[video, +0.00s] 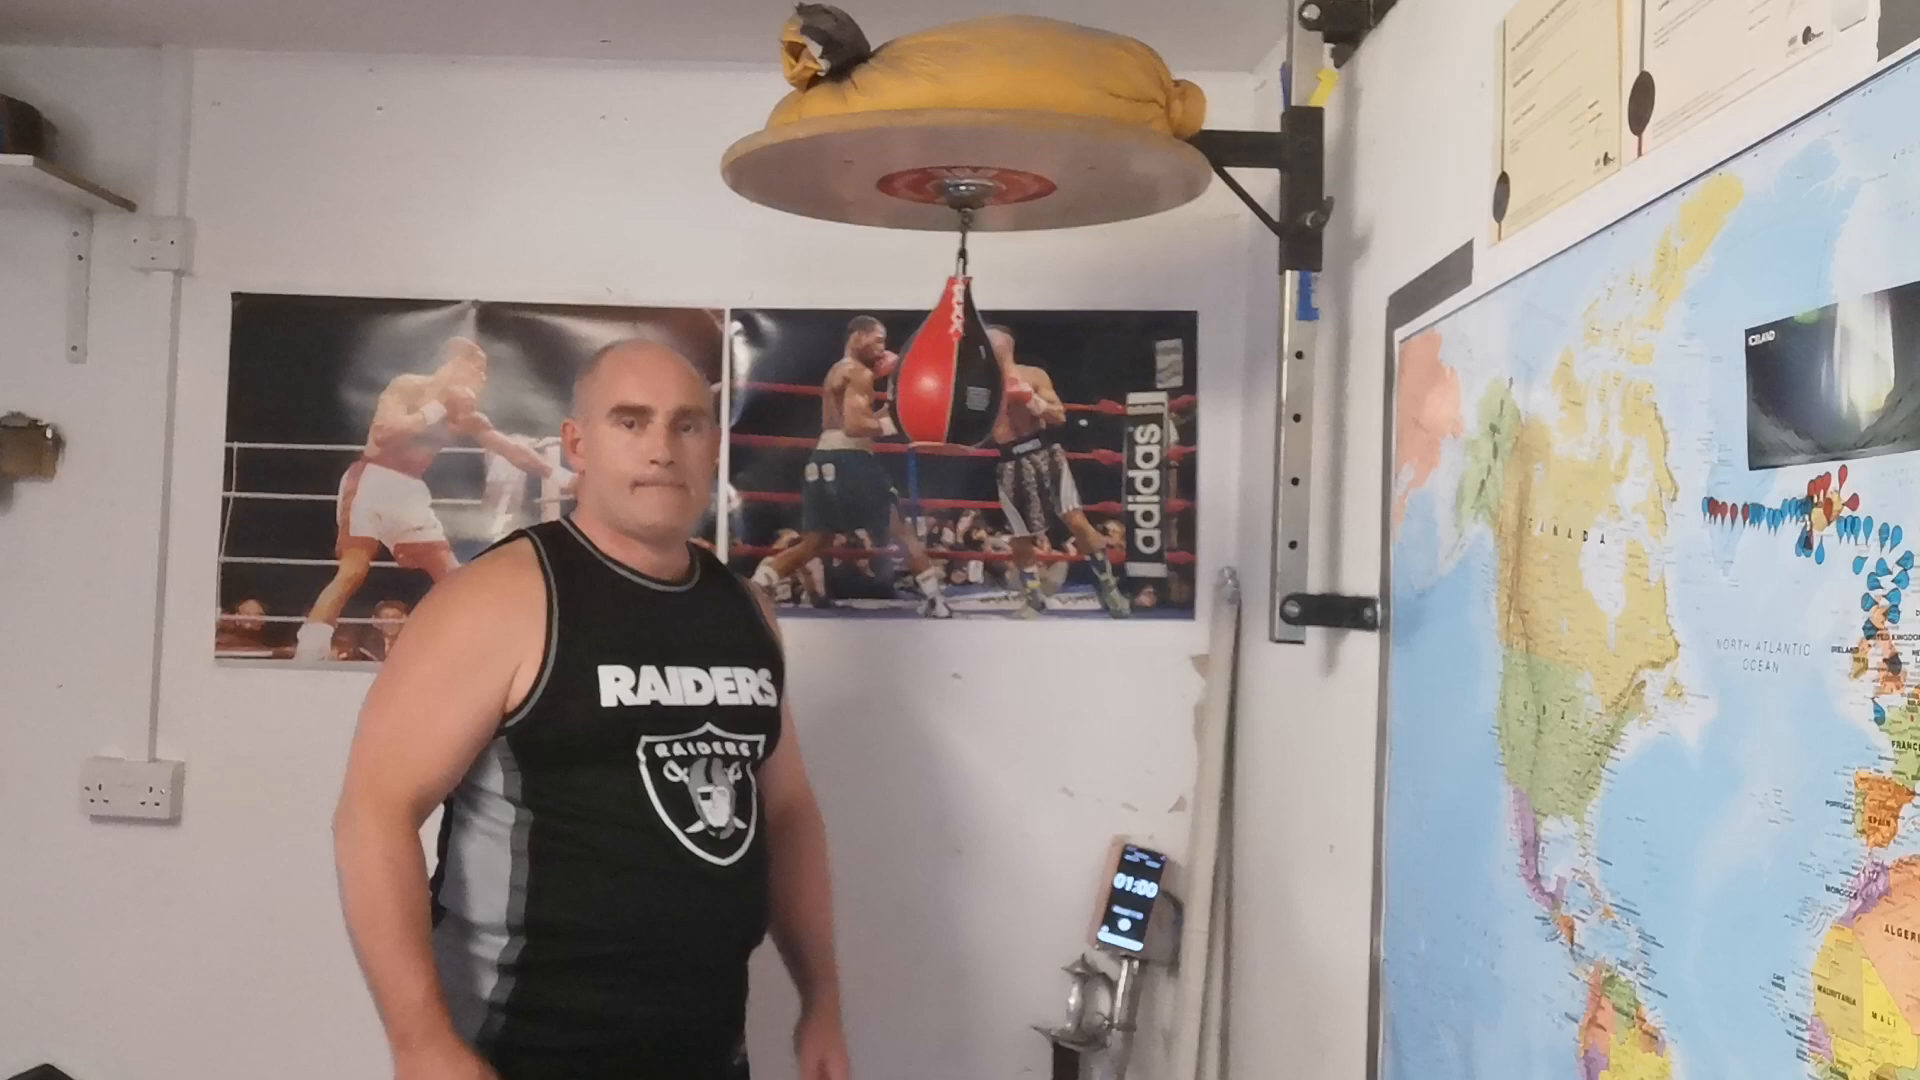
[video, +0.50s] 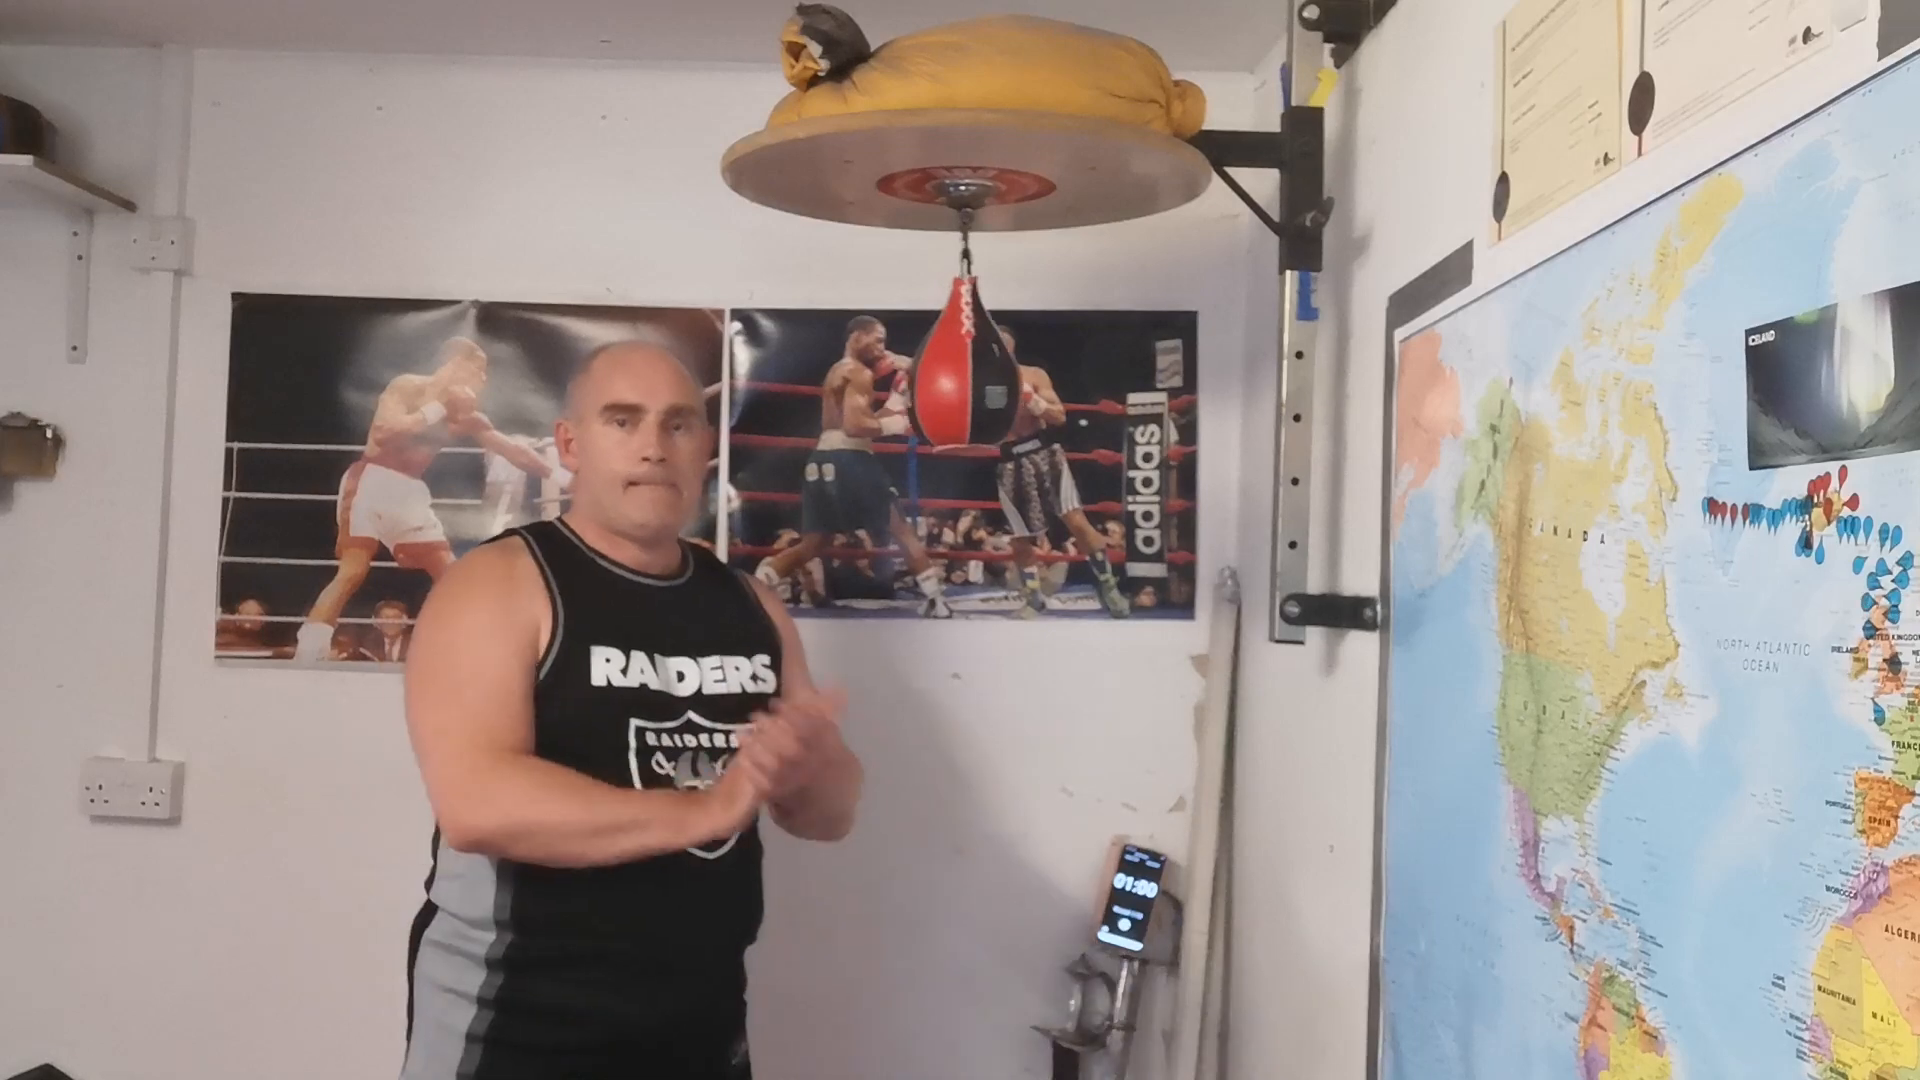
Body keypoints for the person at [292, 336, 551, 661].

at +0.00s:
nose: (481, 379)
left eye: (483, 372)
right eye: (476, 369)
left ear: (472, 376)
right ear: (453, 364)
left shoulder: (462, 409)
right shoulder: (406, 386)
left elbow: (505, 447)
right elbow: (381, 435)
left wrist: (551, 473)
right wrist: (430, 414)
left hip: (409, 493)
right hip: (369, 482)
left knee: (449, 574)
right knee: (352, 571)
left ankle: (470, 646)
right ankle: (308, 645)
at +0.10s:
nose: (480, 378)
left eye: (483, 372)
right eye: (475, 368)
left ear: (476, 377)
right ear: (452, 365)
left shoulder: (464, 410)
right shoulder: (406, 386)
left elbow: (507, 448)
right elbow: (381, 434)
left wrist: (553, 475)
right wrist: (430, 414)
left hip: (409, 492)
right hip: (370, 482)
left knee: (449, 574)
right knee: (352, 571)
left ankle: (471, 646)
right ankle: (307, 646)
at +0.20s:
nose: (477, 381)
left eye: (480, 376)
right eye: (473, 372)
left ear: (477, 379)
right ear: (453, 364)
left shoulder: (462, 408)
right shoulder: (405, 386)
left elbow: (508, 448)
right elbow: (382, 435)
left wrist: (557, 476)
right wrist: (433, 413)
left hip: (410, 493)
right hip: (371, 482)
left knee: (450, 574)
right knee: (353, 571)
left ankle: (472, 652)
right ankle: (307, 650)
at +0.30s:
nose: (480, 379)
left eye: (482, 373)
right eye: (476, 369)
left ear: (475, 377)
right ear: (453, 363)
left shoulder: (463, 408)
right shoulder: (405, 386)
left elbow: (508, 449)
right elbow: (382, 433)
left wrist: (557, 476)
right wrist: (432, 414)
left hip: (410, 494)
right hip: (371, 483)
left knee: (450, 575)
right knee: (353, 571)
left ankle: (466, 654)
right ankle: (307, 648)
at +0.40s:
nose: (482, 380)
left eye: (484, 373)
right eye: (477, 370)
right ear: (453, 364)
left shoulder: (463, 409)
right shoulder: (406, 386)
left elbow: (505, 447)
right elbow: (382, 433)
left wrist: (554, 475)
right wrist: (437, 409)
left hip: (409, 493)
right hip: (370, 483)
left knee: (449, 573)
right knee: (353, 570)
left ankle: (463, 651)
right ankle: (307, 649)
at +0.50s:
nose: (481, 380)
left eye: (483, 373)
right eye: (477, 370)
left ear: (472, 376)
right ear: (453, 363)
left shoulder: (463, 407)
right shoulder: (405, 386)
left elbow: (506, 447)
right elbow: (382, 434)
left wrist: (555, 475)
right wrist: (434, 412)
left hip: (409, 493)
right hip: (370, 482)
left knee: (448, 573)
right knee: (352, 571)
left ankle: (450, 658)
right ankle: (306, 651)